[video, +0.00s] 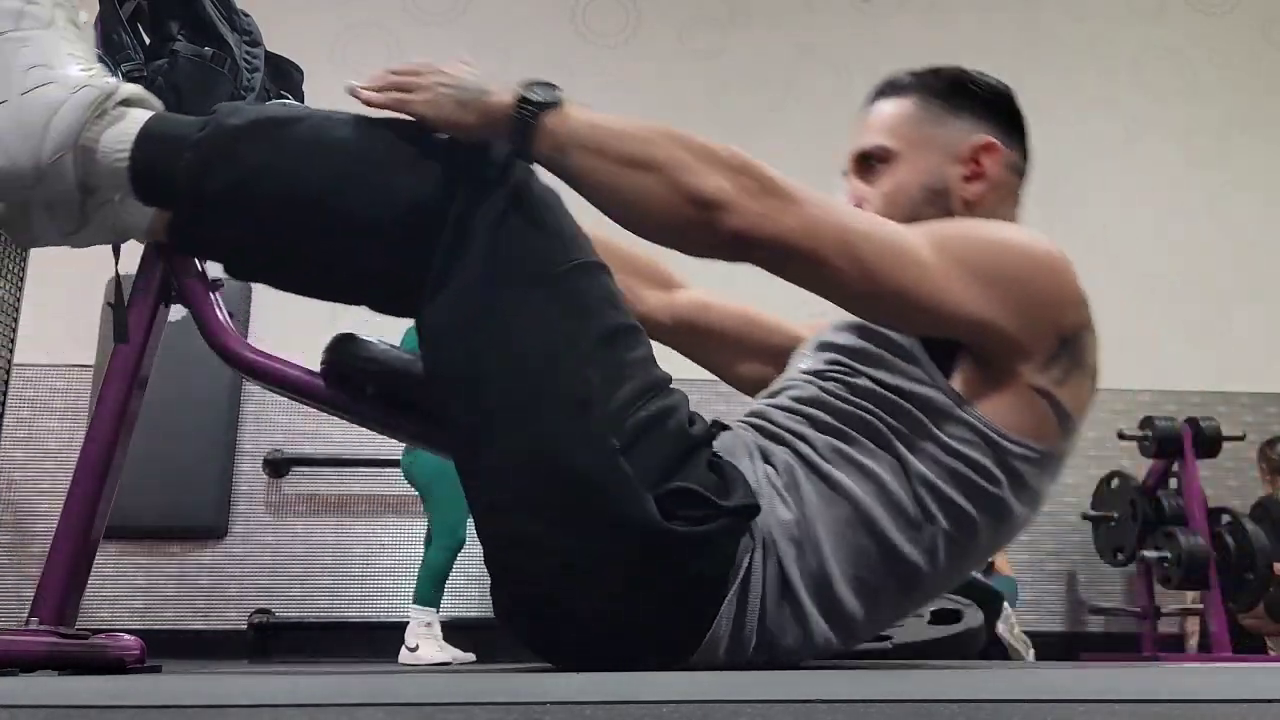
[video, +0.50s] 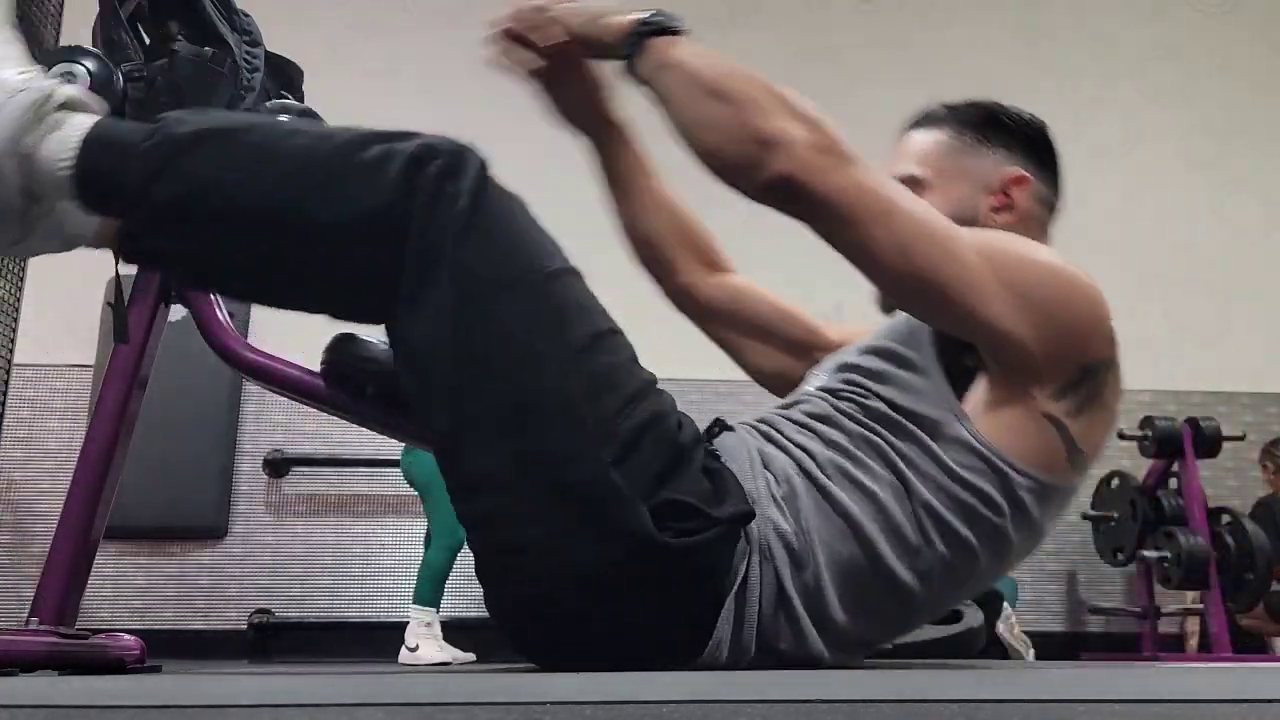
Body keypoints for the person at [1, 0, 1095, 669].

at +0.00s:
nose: (850, 196)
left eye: (878, 168)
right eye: (853, 175)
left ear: (984, 170)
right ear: (924, 183)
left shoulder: (1036, 287)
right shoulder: (861, 343)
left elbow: (759, 212)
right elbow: (646, 287)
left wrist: (516, 112)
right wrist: (495, 157)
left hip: (696, 570)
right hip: (643, 564)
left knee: (472, 189)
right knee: (470, 185)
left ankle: (78, 164)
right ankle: (98, 157)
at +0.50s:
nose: (889, 210)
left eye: (921, 185)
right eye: (892, 185)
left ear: (1019, 196)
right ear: (923, 214)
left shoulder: (1064, 323)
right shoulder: (883, 366)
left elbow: (798, 165)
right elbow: (699, 282)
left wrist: (635, 31)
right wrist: (605, 114)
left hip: (686, 569)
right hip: (654, 541)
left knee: (443, 196)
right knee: (438, 211)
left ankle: (75, 163)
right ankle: (95, 180)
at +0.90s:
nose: (1174, 365)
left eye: (1201, 359)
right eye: (1180, 351)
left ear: (1245, 406)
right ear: (1181, 387)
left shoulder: (1207, 527)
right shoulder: (1084, 460)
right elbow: (1040, 357)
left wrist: (1203, 361)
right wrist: (1199, 279)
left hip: (700, 546)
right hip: (684, 493)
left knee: (282, 345)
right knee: (295, 353)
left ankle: (8, 359)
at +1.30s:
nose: (1190, 406)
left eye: (1218, 422)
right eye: (1202, 398)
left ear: (1229, 482)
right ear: (1171, 425)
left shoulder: (1170, 553)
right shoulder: (1096, 479)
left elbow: (1273, 565)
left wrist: (1245, 469)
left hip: (649, 542)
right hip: (649, 476)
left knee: (214, 486)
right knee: (235, 473)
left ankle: (15, 527)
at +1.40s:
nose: (1190, 406)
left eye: (1218, 420)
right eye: (1203, 398)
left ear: (1231, 478)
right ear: (1175, 425)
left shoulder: (1179, 551)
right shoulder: (1106, 478)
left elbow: (1278, 569)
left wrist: (1232, 465)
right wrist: (1230, 445)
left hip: (662, 553)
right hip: (659, 479)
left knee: (212, 492)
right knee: (224, 474)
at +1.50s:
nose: (1196, 405)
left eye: (1225, 419)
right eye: (1208, 397)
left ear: (1234, 479)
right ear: (1172, 425)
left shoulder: (1177, 557)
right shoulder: (1104, 483)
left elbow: (1273, 542)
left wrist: (1245, 453)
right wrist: (1231, 440)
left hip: (658, 538)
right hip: (651, 470)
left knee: (216, 451)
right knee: (239, 440)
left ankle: (13, 523)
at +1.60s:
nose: (1198, 407)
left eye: (1227, 420)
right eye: (1203, 400)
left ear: (1233, 482)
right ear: (1167, 433)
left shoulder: (1168, 568)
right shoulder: (1107, 494)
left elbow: (1276, 461)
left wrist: (1237, 435)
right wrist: (1213, 437)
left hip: (652, 546)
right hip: (648, 483)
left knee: (225, 404)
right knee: (262, 395)